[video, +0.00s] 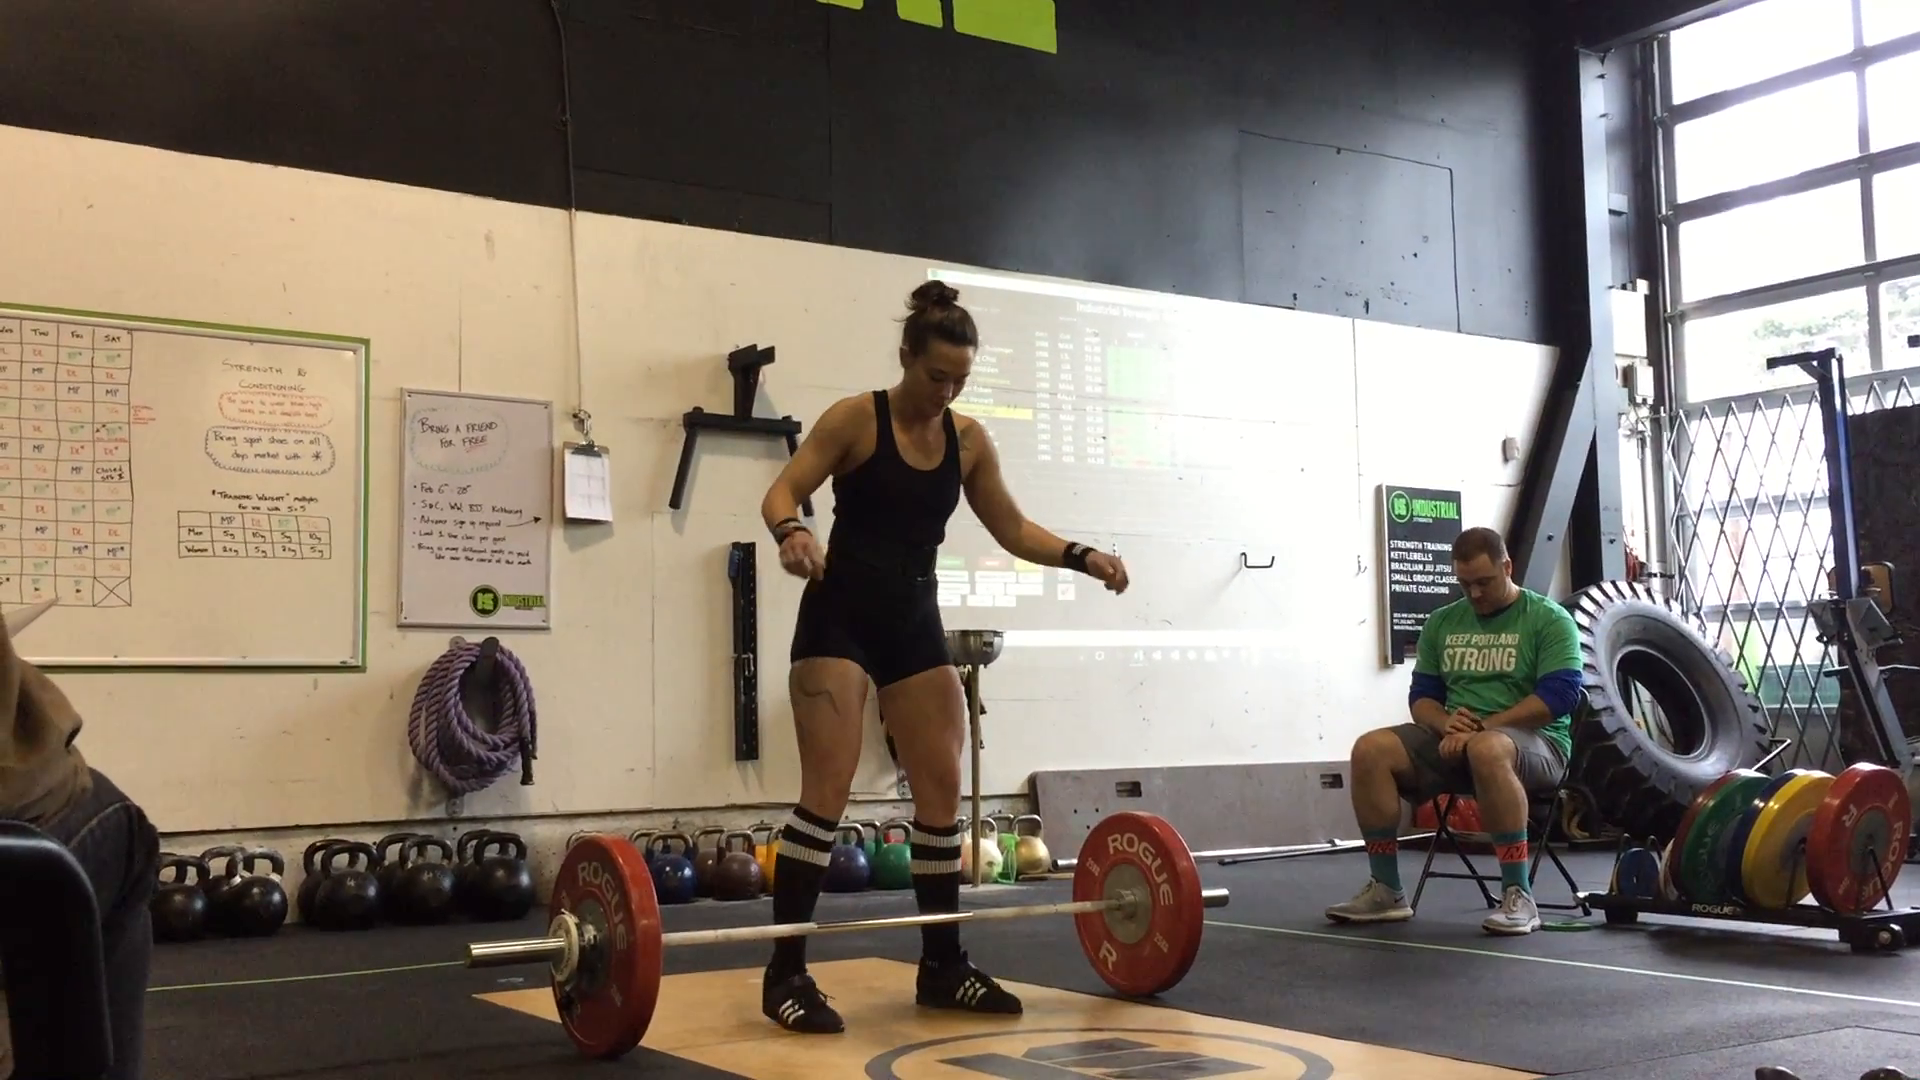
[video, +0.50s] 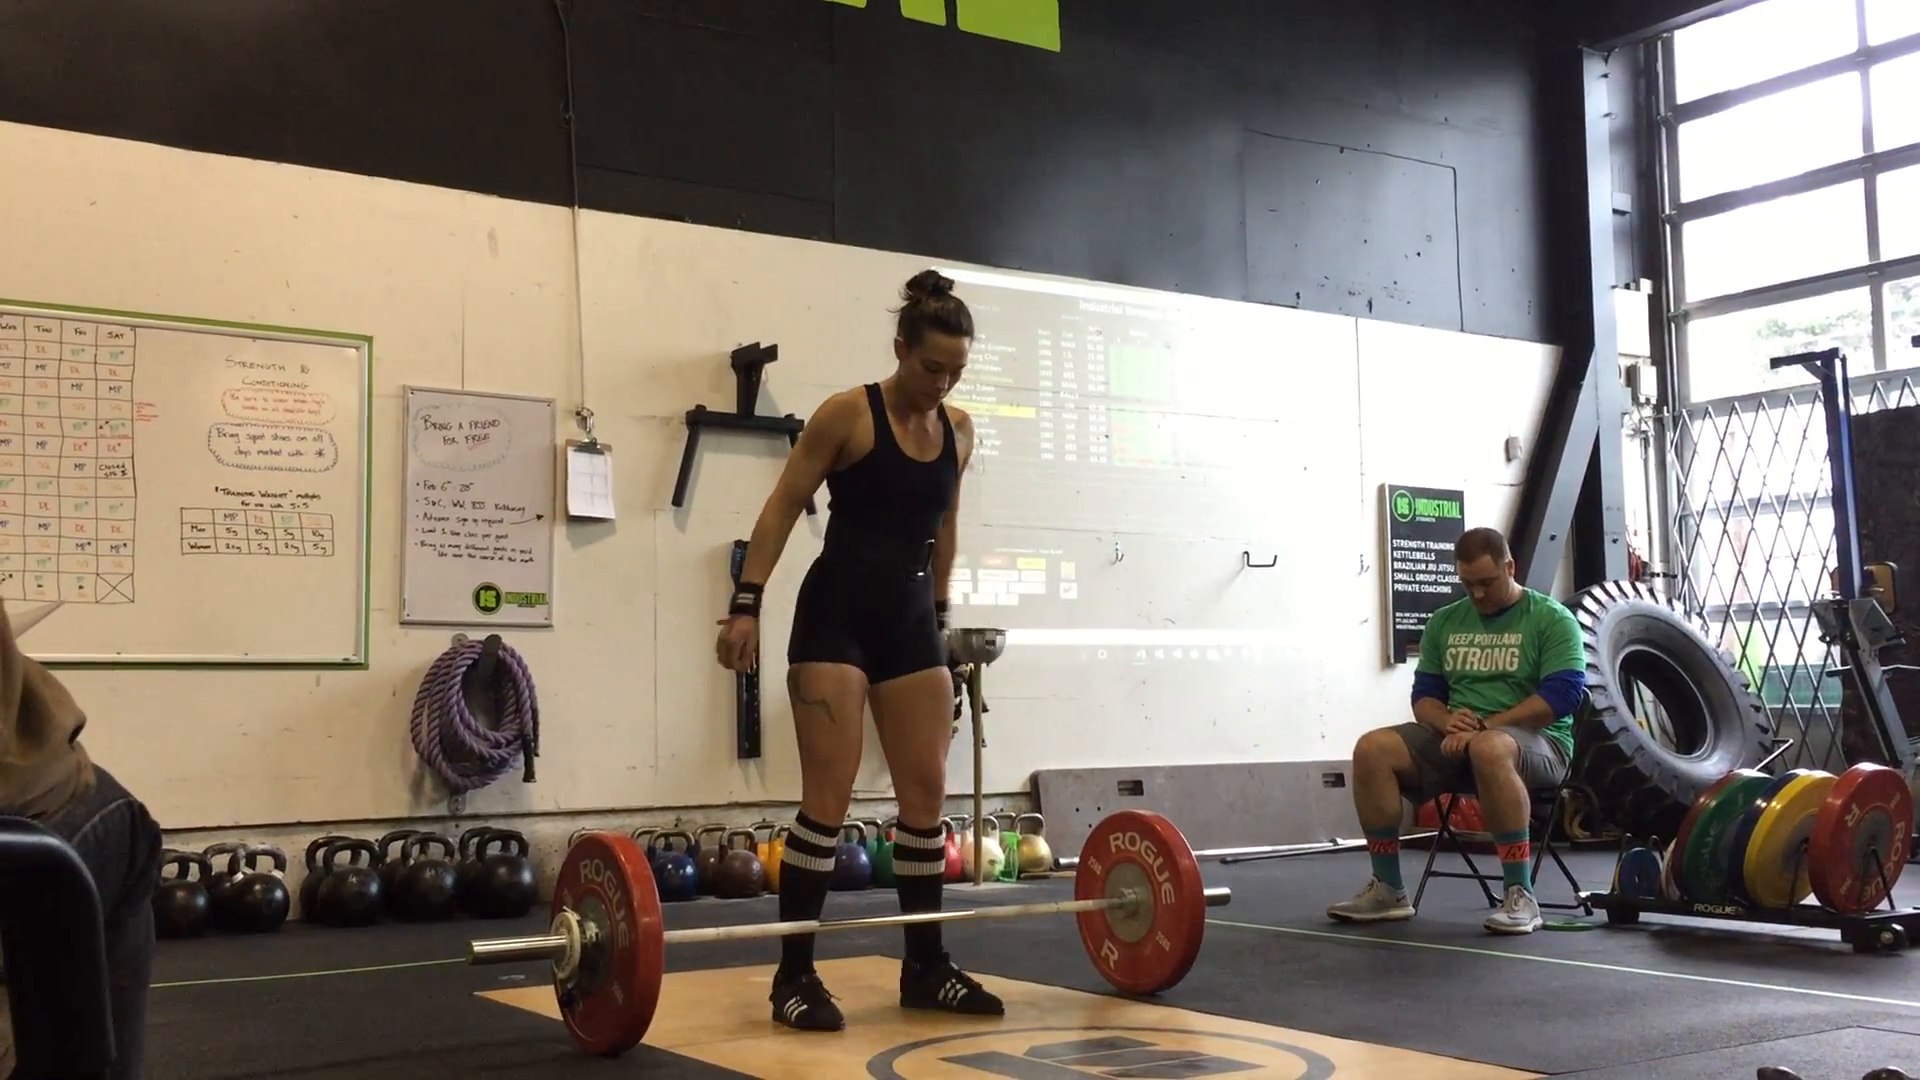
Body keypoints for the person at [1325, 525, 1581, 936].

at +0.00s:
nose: (1475, 594)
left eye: (1484, 582)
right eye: (1465, 584)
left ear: (1508, 567)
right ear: (1455, 575)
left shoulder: (1549, 618)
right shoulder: (1441, 622)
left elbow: (1561, 694)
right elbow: (1422, 698)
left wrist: (1481, 730)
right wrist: (1444, 721)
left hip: (1535, 742)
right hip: (1454, 742)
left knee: (1487, 749)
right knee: (1370, 750)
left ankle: (1517, 897)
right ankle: (1386, 891)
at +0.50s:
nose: (1478, 595)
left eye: (1487, 583)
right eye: (1468, 585)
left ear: (1511, 567)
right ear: (1458, 574)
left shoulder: (1552, 618)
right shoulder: (1443, 622)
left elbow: (1564, 694)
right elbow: (1424, 697)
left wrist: (1484, 729)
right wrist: (1446, 720)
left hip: (1537, 741)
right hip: (1456, 741)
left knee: (1489, 749)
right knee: (1371, 750)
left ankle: (1519, 897)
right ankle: (1388, 890)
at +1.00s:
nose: (1484, 593)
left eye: (1493, 581)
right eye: (1475, 583)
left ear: (1518, 565)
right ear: (1465, 573)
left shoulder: (1559, 616)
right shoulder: (1450, 620)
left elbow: (1571, 692)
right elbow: (1431, 695)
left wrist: (1491, 727)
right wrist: (1453, 719)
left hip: (1544, 740)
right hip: (1462, 739)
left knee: (1496, 747)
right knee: (1379, 748)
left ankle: (1527, 895)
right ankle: (1395, 888)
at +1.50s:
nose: (1491, 587)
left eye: (1500, 575)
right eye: (1482, 577)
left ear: (1525, 560)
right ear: (1472, 569)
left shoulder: (1566, 611)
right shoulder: (1456, 616)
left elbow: (1577, 687)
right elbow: (1438, 692)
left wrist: (1498, 724)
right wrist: (1460, 715)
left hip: (1552, 735)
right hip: (1470, 735)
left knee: (1503, 743)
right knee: (1385, 744)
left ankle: (1534, 891)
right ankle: (1402, 885)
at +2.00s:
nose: (1489, 583)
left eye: (1498, 571)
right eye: (1480, 574)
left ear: (1523, 557)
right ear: (1471, 566)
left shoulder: (1565, 609)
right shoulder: (1455, 614)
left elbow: (1574, 686)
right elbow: (1437, 689)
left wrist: (1496, 722)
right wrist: (1459, 713)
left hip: (1550, 734)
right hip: (1469, 733)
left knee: (1502, 741)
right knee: (1384, 742)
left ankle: (1532, 888)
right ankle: (1401, 882)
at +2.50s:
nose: (1488, 571)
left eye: (1497, 559)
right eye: (1479, 561)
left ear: (1524, 553)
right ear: (1471, 561)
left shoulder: (1565, 612)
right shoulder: (1456, 614)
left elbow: (1575, 689)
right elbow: (1438, 687)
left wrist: (1496, 719)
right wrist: (1456, 716)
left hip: (1549, 735)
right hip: (1470, 735)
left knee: (1501, 741)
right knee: (1384, 743)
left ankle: (1532, 889)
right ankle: (1400, 883)